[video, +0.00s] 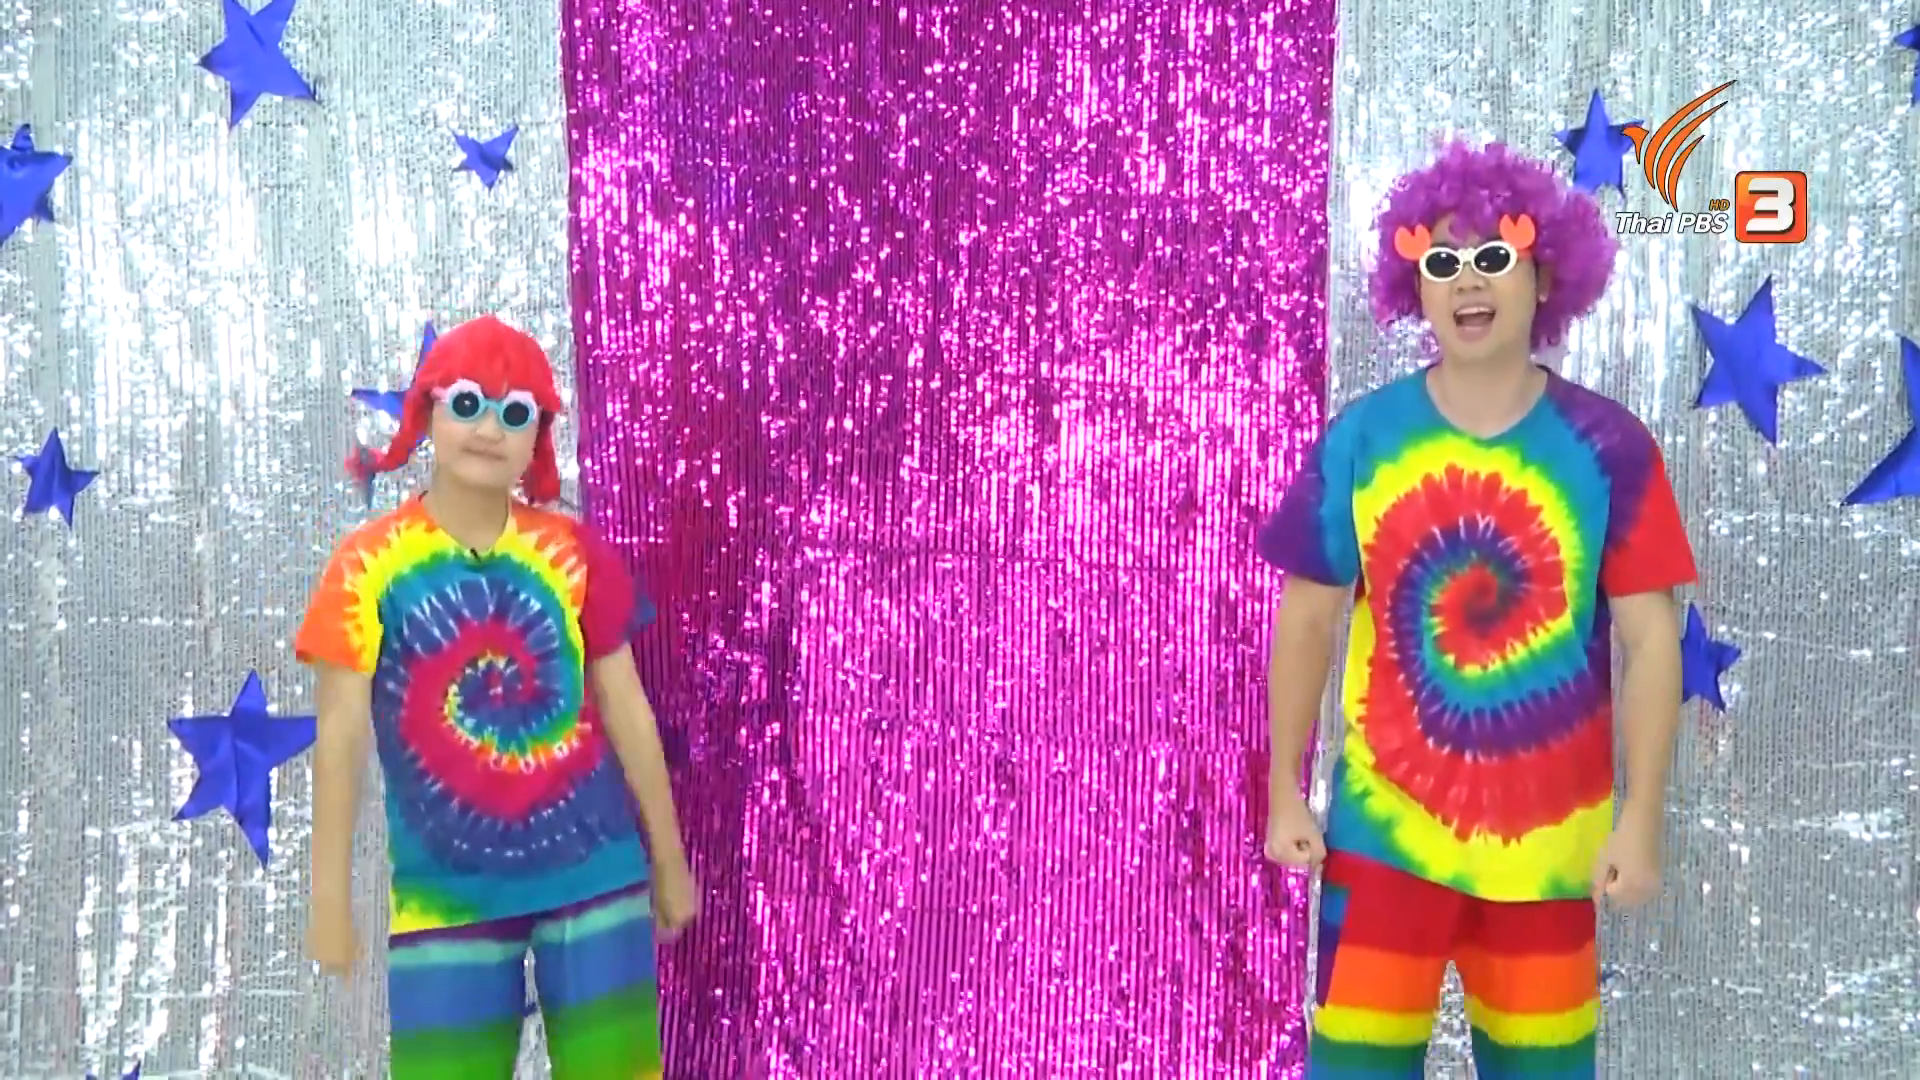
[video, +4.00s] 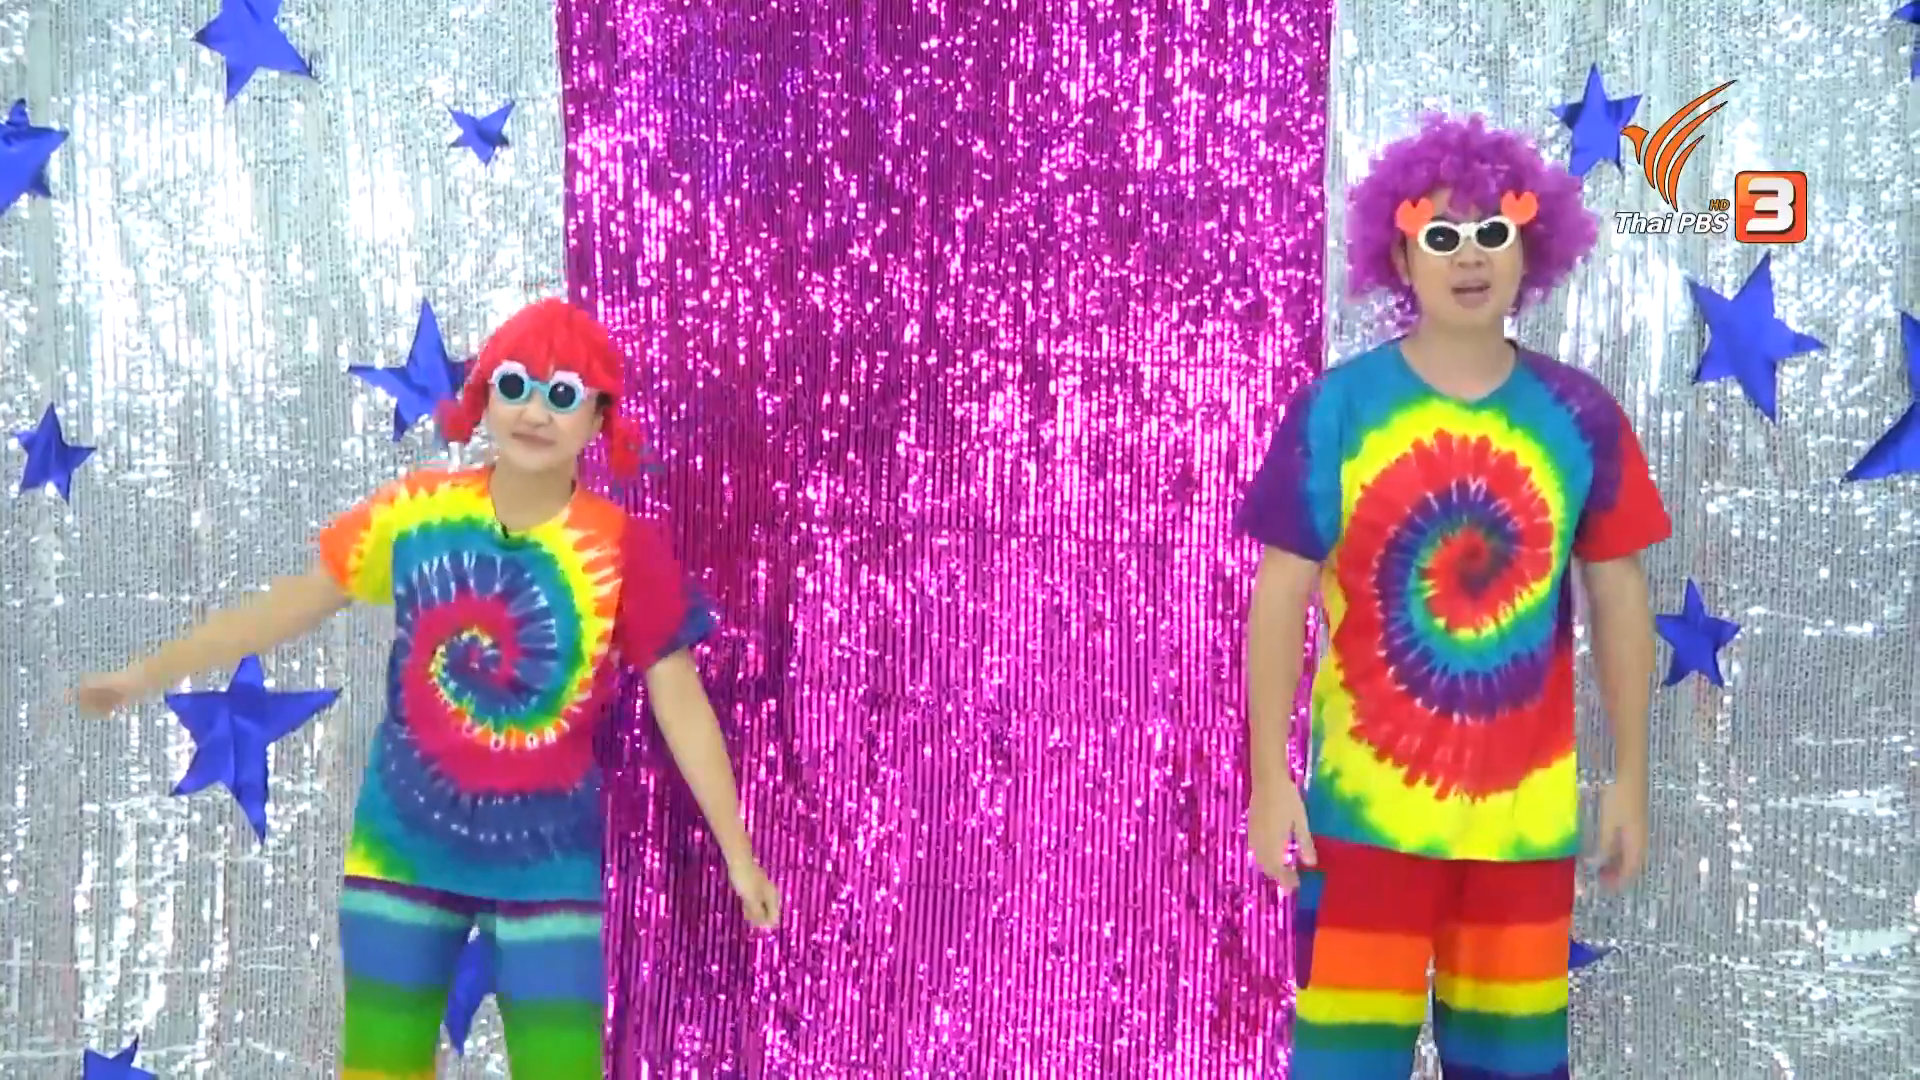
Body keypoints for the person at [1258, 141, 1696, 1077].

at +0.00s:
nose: (1467, 283)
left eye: (1493, 259)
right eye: (1443, 263)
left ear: (1540, 280)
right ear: (1417, 288)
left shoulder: (1610, 445)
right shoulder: (1361, 438)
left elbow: (1650, 637)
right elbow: (1309, 617)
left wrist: (1642, 816)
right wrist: (1283, 786)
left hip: (1546, 843)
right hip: (1388, 834)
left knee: (1544, 1063)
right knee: (1358, 1058)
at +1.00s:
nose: (1305, 271)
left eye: (1332, 249)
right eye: (1282, 256)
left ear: (1383, 282)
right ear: (1259, 294)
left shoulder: (1463, 447)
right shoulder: (1235, 463)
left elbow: (1499, 642)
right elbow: (1158, 627)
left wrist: (1452, 815)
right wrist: (1068, 737)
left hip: (1435, 834)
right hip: (1285, 843)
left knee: (1467, 1061)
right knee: (1283, 1065)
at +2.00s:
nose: (1429, 291)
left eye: (1444, 264)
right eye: (1431, 266)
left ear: (1514, 271)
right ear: (1504, 273)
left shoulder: (1617, 439)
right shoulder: (1495, 425)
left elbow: (1546, 628)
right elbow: (1436, 553)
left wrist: (1433, 505)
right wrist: (1385, 403)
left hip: (1528, 856)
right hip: (1399, 826)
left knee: (1521, 1065)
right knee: (1317, 1046)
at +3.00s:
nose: (1332, 276)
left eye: (1361, 253)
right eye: (1310, 253)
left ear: (1406, 269)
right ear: (1283, 268)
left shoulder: (1469, 413)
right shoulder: (1257, 410)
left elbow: (1453, 604)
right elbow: (1215, 561)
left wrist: (1273, 627)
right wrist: (1119, 582)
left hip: (1438, 804)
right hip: (1292, 804)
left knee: (1463, 1051)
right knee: (1286, 1056)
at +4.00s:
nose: (1469, 257)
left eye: (1492, 234)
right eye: (1442, 236)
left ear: (1528, 254)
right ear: (1403, 258)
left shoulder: (1582, 414)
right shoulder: (1338, 405)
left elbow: (1621, 601)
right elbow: (1284, 591)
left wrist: (1627, 775)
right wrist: (1269, 775)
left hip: (1524, 812)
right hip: (1366, 807)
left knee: (1514, 1061)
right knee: (1350, 1058)